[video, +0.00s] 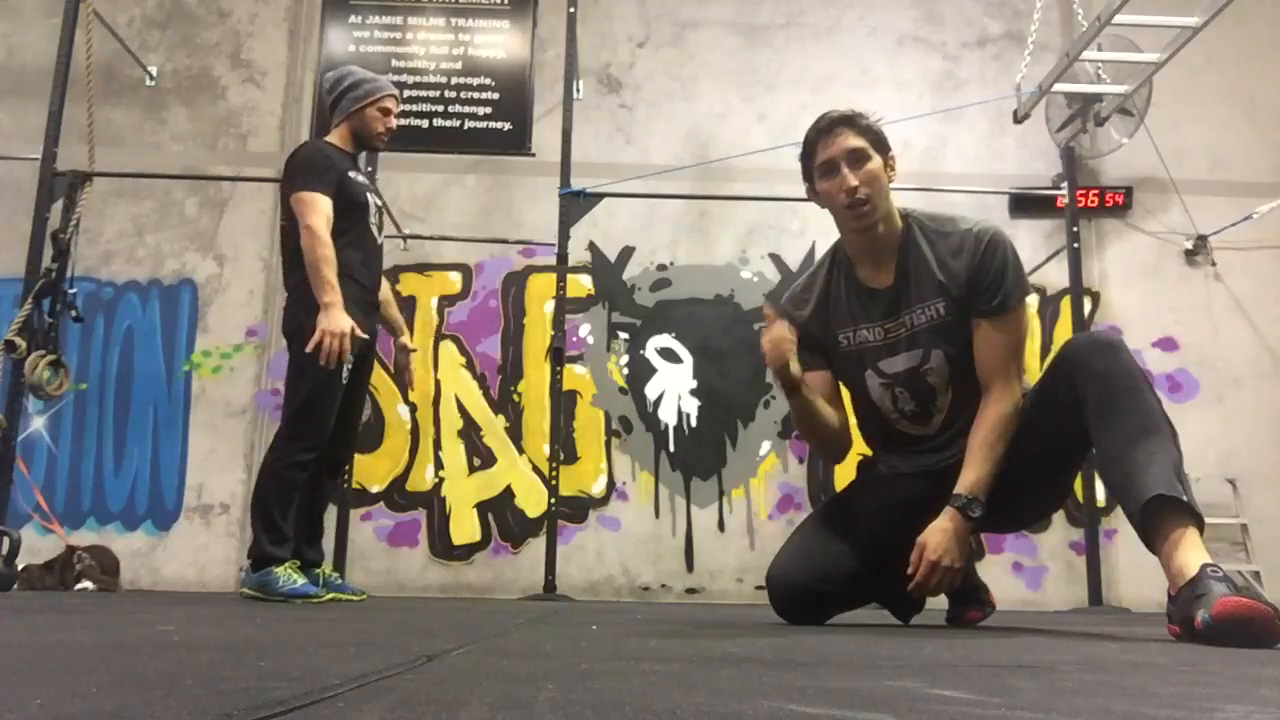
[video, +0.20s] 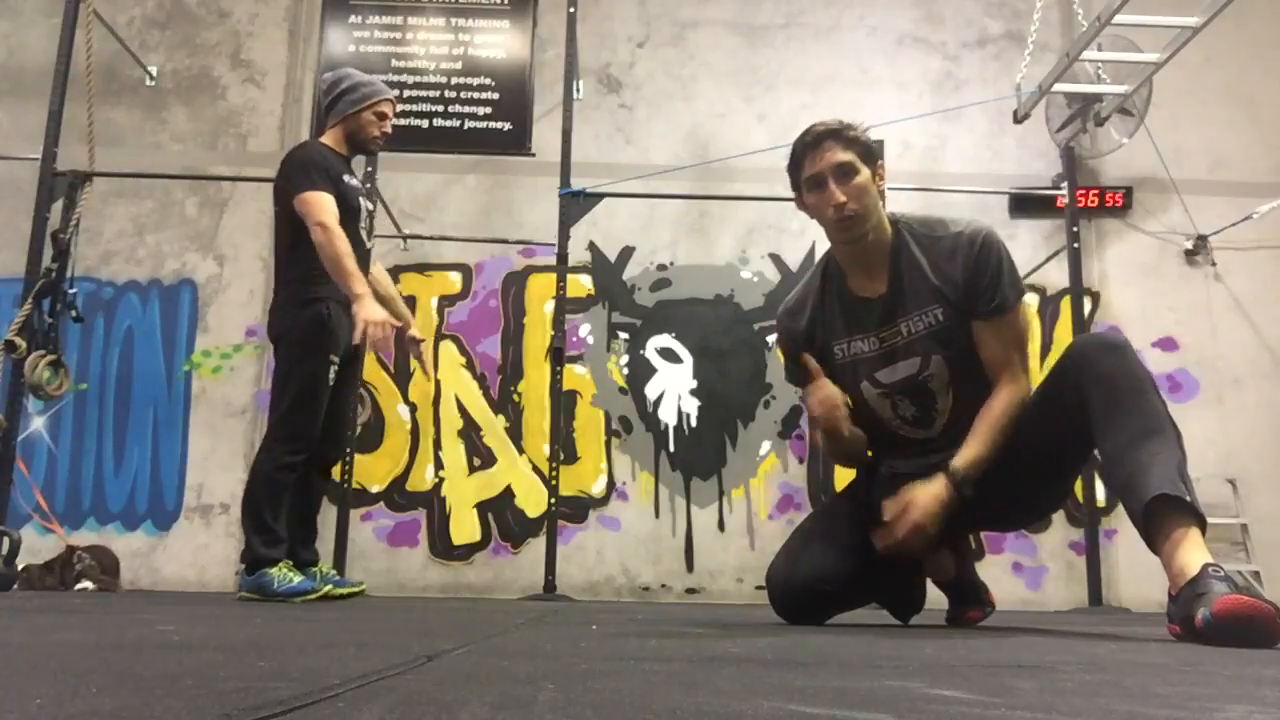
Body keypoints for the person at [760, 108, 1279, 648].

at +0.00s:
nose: (848, 179)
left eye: (859, 160)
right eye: (828, 171)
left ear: (889, 168)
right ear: (814, 194)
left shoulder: (976, 251)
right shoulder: (804, 301)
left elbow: (1003, 391)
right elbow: (834, 442)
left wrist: (962, 510)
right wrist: (789, 381)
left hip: (998, 464)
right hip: (900, 482)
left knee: (1097, 352)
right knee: (793, 590)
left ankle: (1191, 576)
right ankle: (949, 562)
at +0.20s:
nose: (836, 198)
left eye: (846, 175)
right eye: (816, 187)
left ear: (878, 178)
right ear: (802, 206)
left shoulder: (967, 252)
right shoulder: (800, 315)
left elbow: (1013, 382)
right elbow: (851, 453)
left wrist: (949, 483)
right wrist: (826, 407)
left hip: (999, 464)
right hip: (897, 486)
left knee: (1101, 354)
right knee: (794, 590)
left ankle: (1192, 576)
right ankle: (943, 559)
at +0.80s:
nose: (830, 217)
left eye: (837, 194)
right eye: (809, 211)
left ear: (870, 190)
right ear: (799, 232)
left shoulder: (970, 250)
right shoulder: (808, 333)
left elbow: (1054, 365)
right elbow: (844, 450)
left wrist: (1002, 471)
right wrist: (918, 513)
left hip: (1025, 469)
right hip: (917, 496)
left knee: (1134, 349)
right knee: (797, 590)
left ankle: (1198, 575)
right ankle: (945, 561)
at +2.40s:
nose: (823, 226)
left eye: (830, 202)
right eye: (802, 222)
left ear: (867, 197)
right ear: (796, 243)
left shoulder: (970, 260)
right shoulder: (805, 336)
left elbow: (1040, 378)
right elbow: (841, 454)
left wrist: (986, 483)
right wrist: (917, 518)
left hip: (1018, 472)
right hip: (912, 496)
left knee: (1119, 348)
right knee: (796, 590)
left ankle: (1195, 578)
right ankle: (939, 560)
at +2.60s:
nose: (824, 224)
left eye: (831, 200)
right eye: (803, 220)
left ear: (866, 197)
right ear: (796, 243)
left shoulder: (970, 260)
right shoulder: (805, 338)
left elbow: (1040, 378)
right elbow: (841, 456)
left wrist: (993, 484)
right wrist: (917, 519)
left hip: (1018, 472)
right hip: (912, 498)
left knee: (1120, 348)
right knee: (796, 591)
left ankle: (1195, 577)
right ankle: (937, 559)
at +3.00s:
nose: (822, 223)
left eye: (828, 200)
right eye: (800, 221)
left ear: (863, 195)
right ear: (793, 245)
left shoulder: (970, 259)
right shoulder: (804, 340)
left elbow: (1040, 379)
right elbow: (841, 456)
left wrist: (992, 485)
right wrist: (916, 516)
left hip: (1018, 472)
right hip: (913, 497)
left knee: (1120, 349)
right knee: (796, 590)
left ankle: (1195, 578)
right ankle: (940, 560)